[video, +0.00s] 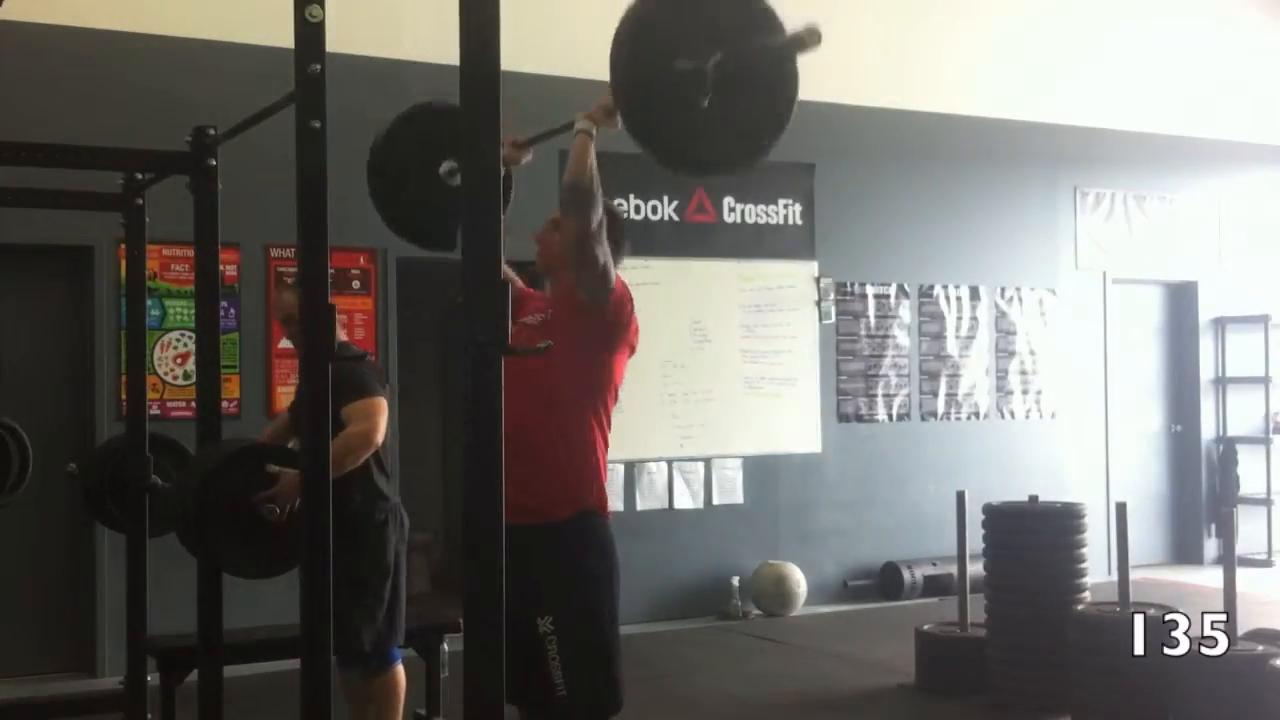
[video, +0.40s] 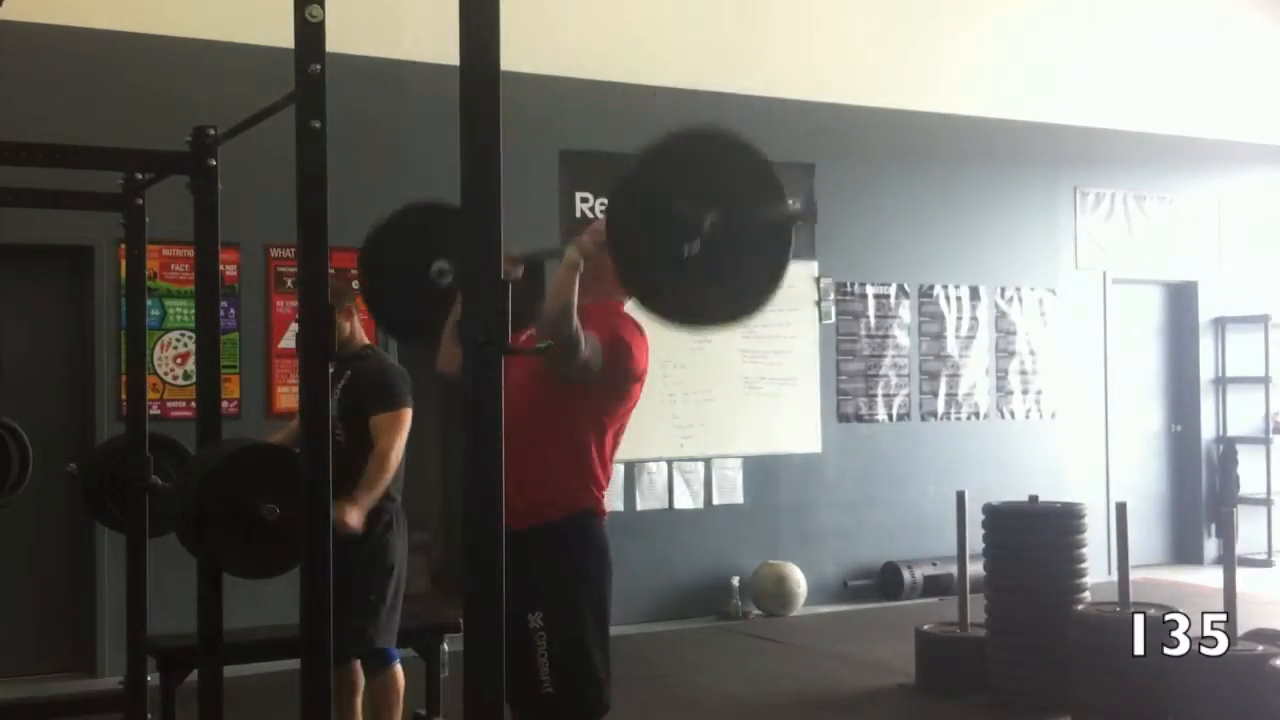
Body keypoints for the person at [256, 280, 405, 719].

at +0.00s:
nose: (285, 331)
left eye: (292, 321)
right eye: (282, 322)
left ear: (317, 319)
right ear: (287, 325)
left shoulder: (352, 366)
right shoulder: (316, 371)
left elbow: (368, 431)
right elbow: (287, 425)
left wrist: (305, 476)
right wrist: (246, 463)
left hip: (371, 519)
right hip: (339, 519)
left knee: (376, 649)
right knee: (350, 649)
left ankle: (389, 719)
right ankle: (363, 717)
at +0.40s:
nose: (320, 330)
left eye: (327, 319)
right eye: (317, 320)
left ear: (351, 316)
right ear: (320, 321)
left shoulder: (384, 375)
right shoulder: (330, 373)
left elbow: (390, 450)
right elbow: (307, 425)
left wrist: (359, 503)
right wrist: (261, 456)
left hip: (375, 527)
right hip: (331, 525)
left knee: (378, 648)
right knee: (339, 648)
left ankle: (388, 719)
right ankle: (347, 719)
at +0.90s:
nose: (334, 320)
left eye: (343, 309)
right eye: (329, 311)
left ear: (369, 312)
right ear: (320, 314)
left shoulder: (397, 368)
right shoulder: (317, 375)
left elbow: (427, 443)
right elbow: (279, 433)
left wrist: (428, 511)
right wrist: (241, 477)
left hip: (391, 520)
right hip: (336, 520)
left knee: (404, 640)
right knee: (353, 643)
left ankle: (418, 716)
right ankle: (350, 717)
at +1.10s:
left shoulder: (407, 368)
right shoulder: (324, 371)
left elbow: (435, 438)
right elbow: (286, 423)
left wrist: (444, 512)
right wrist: (243, 465)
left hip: (404, 519)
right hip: (344, 520)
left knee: (434, 638)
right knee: (356, 642)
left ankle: (454, 711)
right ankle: (351, 714)